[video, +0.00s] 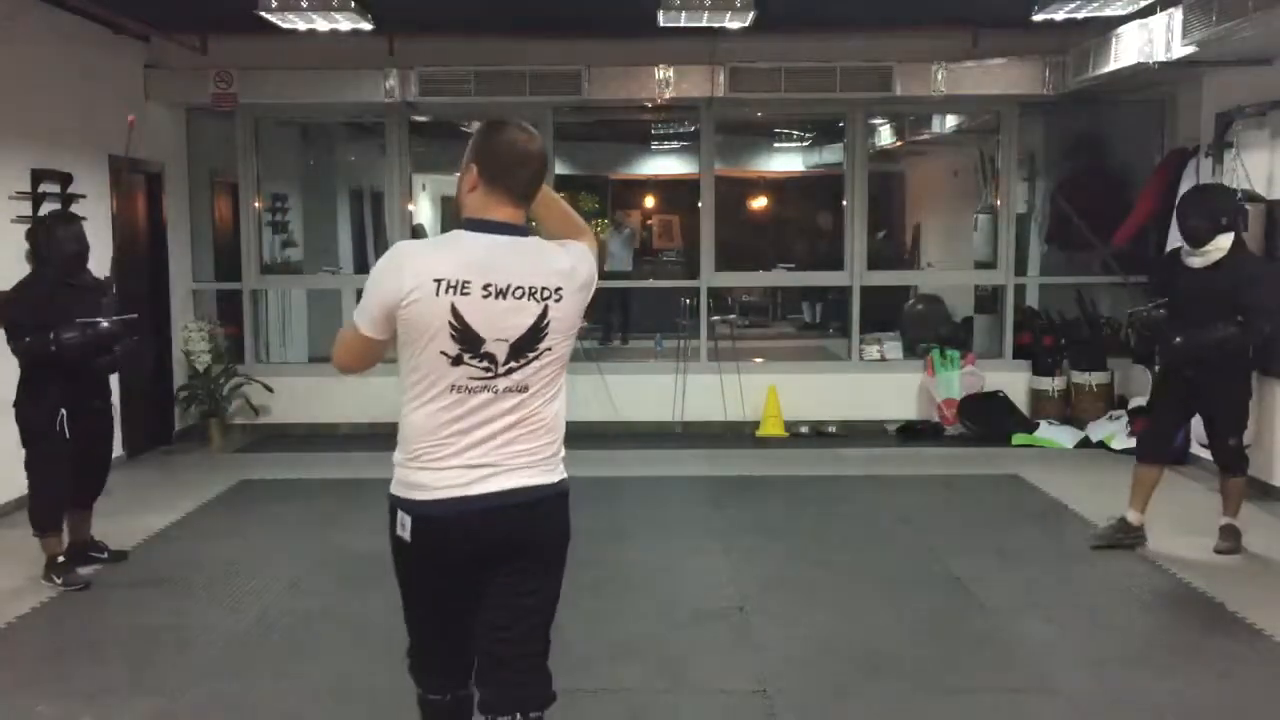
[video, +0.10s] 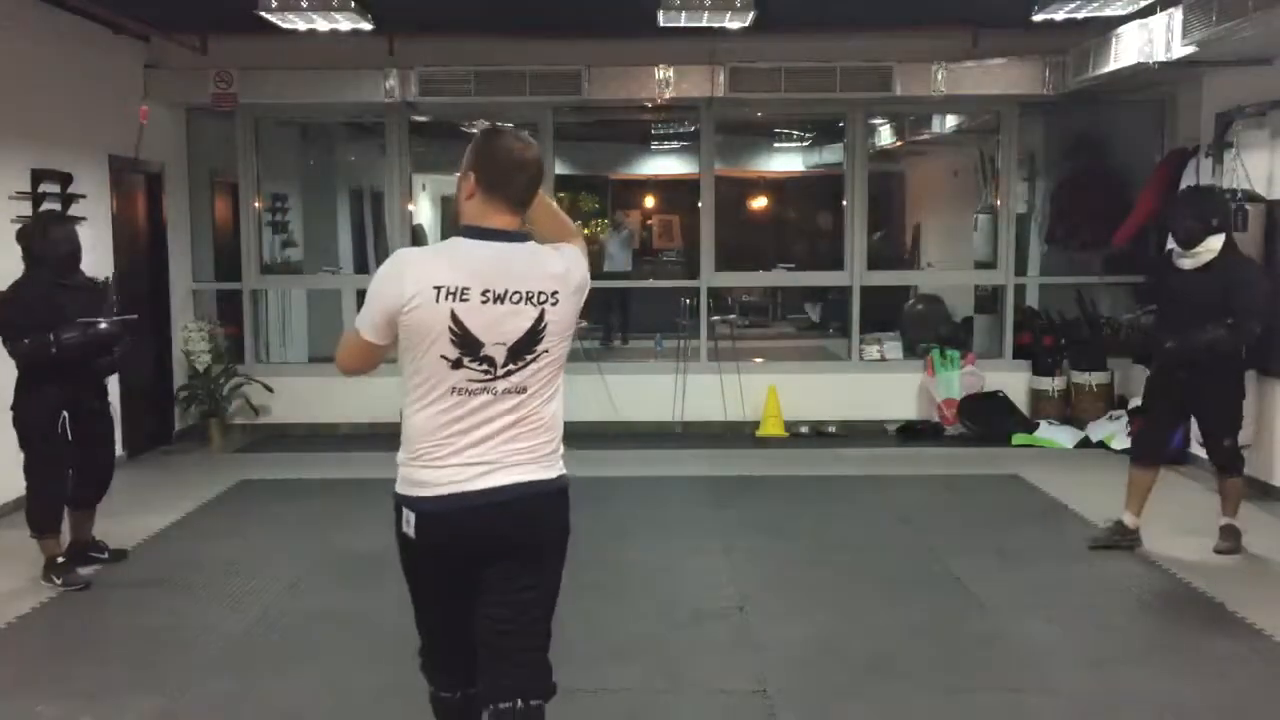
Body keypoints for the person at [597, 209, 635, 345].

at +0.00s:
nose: (617, 222)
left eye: (620, 219)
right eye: (615, 219)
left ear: (624, 220)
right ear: (612, 220)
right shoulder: (609, 233)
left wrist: (634, 230)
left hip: (625, 271)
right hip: (610, 270)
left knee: (624, 304)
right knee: (607, 304)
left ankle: (624, 335)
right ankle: (606, 336)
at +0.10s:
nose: (616, 221)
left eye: (619, 218)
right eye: (615, 218)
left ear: (624, 219)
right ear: (612, 219)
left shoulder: (627, 234)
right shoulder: (608, 234)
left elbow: (634, 244)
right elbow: (601, 251)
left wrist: (632, 231)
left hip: (624, 271)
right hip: (608, 271)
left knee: (623, 305)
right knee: (606, 305)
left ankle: (624, 334)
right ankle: (606, 336)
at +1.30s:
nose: (608, 221)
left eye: (611, 218)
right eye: (607, 218)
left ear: (617, 220)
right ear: (604, 219)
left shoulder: (621, 233)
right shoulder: (598, 235)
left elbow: (623, 237)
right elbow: (590, 250)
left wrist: (611, 223)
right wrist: (586, 248)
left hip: (617, 274)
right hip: (599, 274)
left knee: (616, 309)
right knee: (596, 308)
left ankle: (615, 340)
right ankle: (599, 337)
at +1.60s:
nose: (602, 224)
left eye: (605, 222)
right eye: (600, 221)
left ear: (611, 222)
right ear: (597, 223)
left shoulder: (614, 237)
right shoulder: (591, 238)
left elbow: (616, 236)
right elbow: (582, 251)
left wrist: (603, 223)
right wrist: (577, 249)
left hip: (611, 276)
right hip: (593, 276)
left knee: (613, 311)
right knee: (592, 311)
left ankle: (614, 342)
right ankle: (588, 344)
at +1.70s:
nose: (599, 224)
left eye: (603, 221)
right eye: (597, 221)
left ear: (608, 223)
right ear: (593, 223)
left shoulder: (611, 238)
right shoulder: (586, 238)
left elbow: (614, 236)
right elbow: (576, 255)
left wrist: (601, 224)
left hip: (607, 277)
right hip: (589, 277)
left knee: (610, 312)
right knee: (588, 313)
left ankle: (613, 344)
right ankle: (588, 347)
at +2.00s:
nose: (593, 223)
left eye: (595, 220)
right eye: (590, 220)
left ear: (599, 221)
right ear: (585, 222)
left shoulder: (603, 235)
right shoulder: (579, 237)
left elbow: (615, 243)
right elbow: (570, 250)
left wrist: (601, 234)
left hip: (601, 276)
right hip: (584, 276)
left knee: (604, 310)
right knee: (585, 312)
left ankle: (607, 341)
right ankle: (587, 346)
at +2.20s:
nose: (590, 223)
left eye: (593, 220)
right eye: (588, 220)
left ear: (597, 222)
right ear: (583, 222)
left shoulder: (603, 237)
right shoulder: (576, 237)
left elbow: (619, 250)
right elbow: (568, 252)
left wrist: (607, 253)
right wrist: (585, 257)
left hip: (600, 279)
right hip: (582, 280)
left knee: (602, 313)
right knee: (582, 315)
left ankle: (606, 345)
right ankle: (587, 346)